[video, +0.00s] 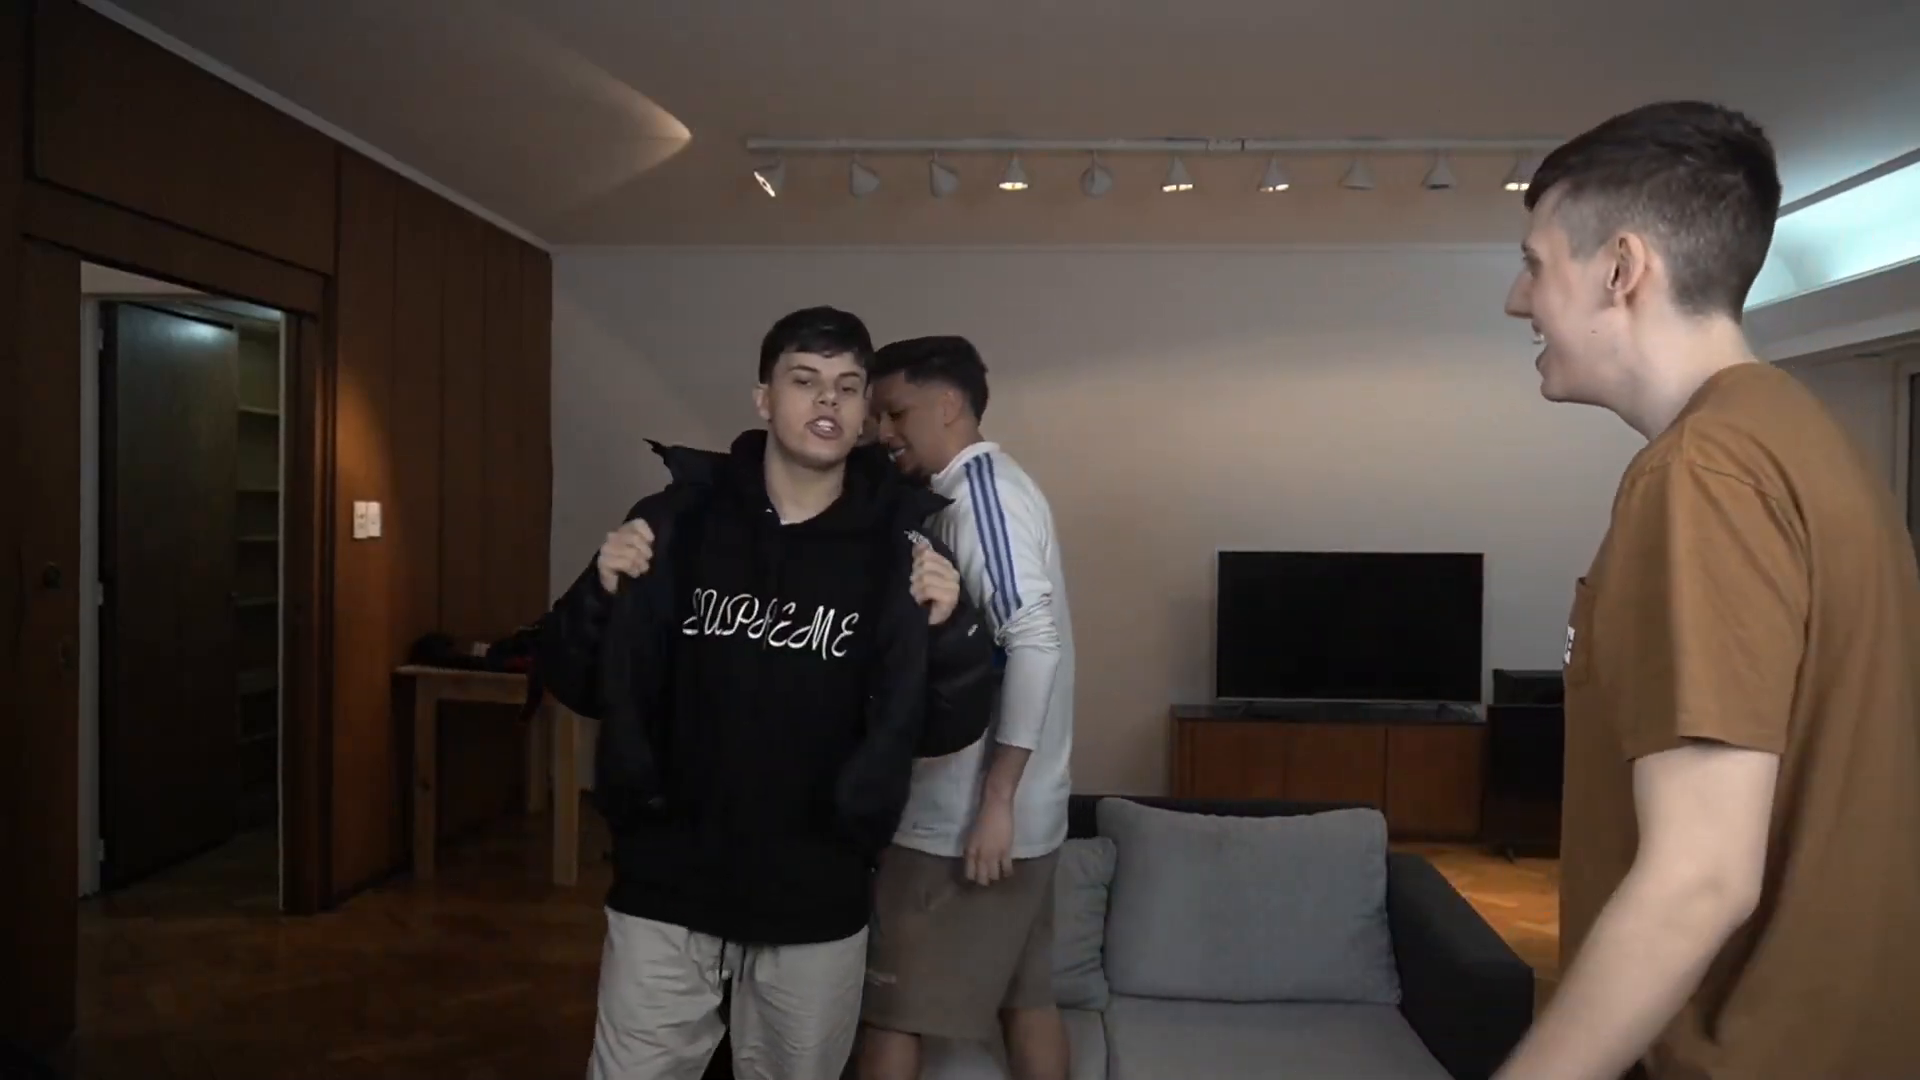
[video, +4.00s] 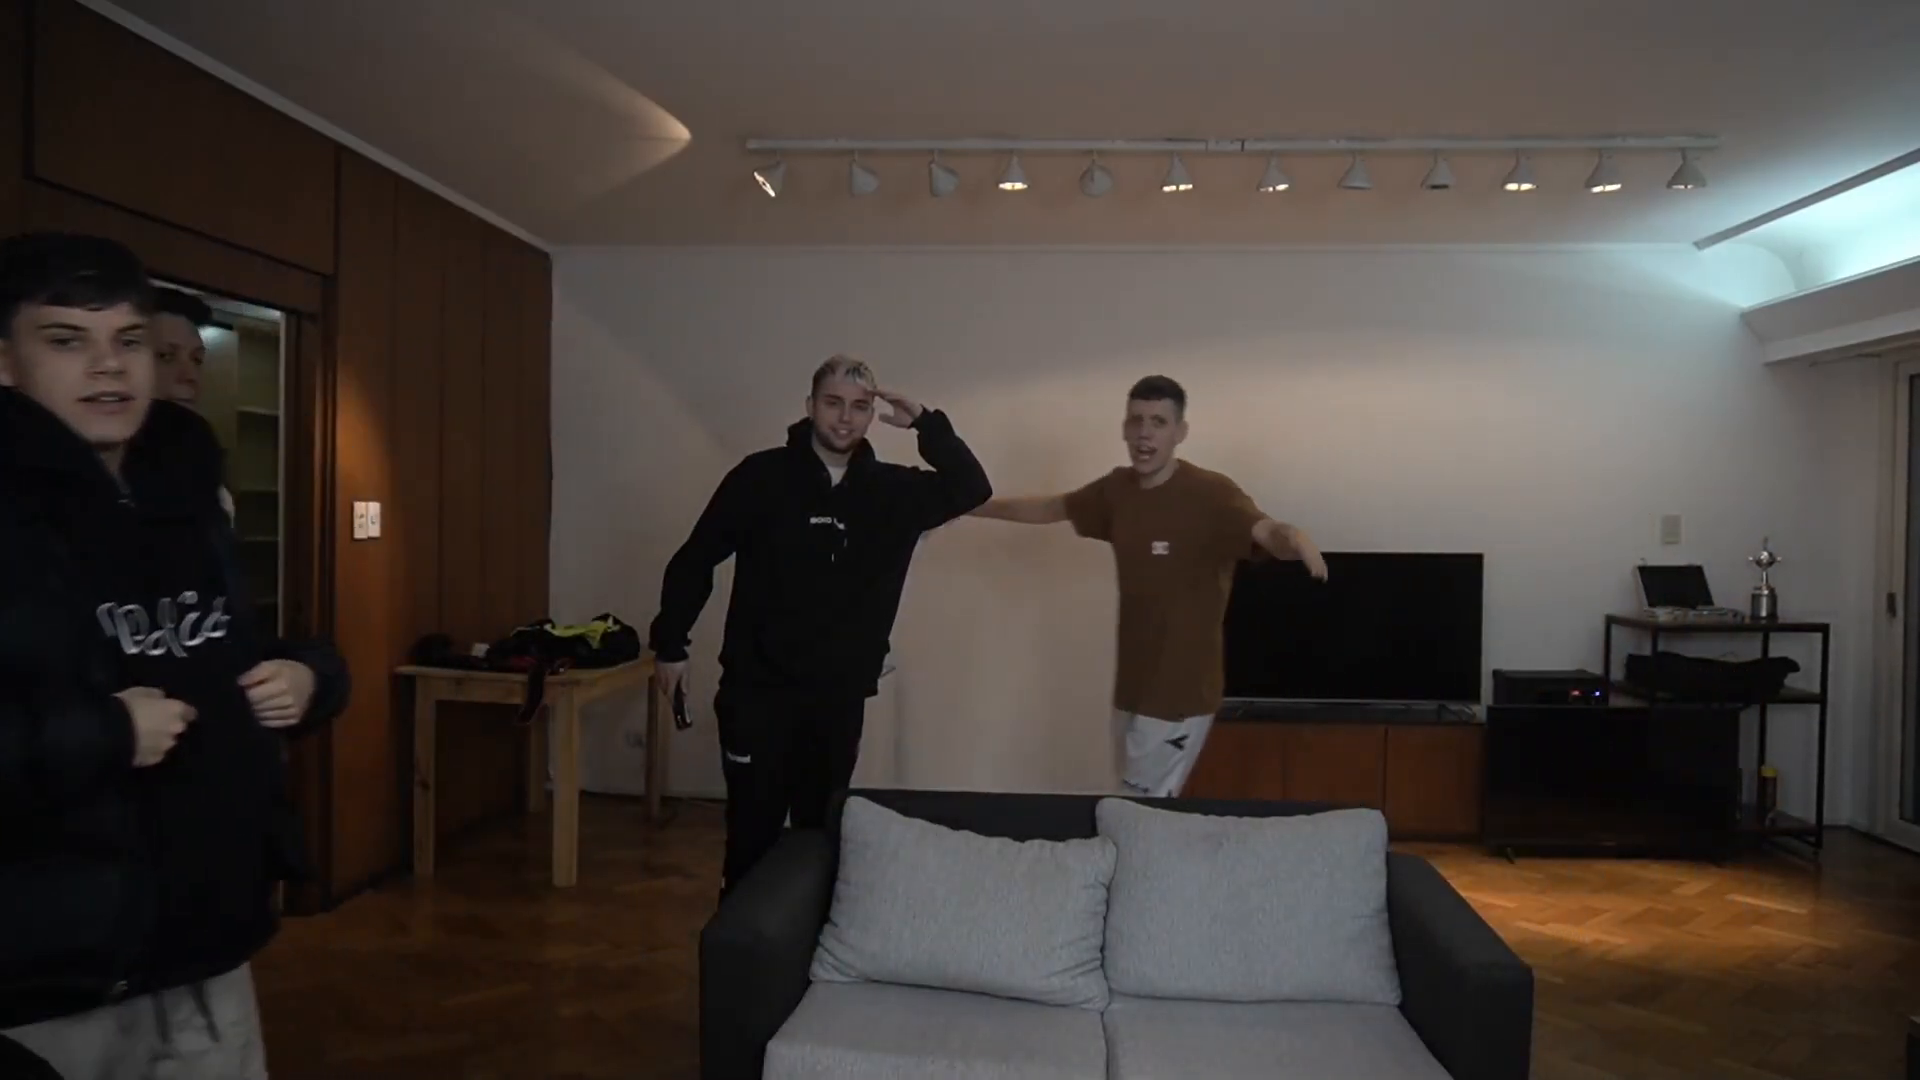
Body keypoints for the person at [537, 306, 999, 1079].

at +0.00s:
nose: (829, 401)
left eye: (848, 385)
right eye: (805, 380)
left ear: (867, 411)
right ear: (764, 400)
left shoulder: (901, 543)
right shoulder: (682, 517)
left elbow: (947, 729)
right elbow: (575, 683)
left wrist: (949, 627)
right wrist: (601, 588)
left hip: (814, 894)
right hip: (668, 881)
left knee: (797, 1072)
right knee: (632, 1071)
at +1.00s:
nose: (597, 381)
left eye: (614, 354)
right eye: (561, 359)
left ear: (640, 367)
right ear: (509, 384)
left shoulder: (746, 518)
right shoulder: (465, 561)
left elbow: (854, 669)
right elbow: (379, 742)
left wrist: (704, 660)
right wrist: (557, 725)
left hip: (730, 960)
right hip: (549, 976)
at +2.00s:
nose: (849, 384)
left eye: (875, 352)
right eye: (816, 357)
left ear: (909, 358)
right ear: (773, 373)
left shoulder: (1014, 553)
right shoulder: (704, 527)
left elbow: (1121, 719)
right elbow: (601, 661)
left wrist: (965, 780)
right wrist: (612, 714)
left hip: (891, 1018)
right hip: (705, 999)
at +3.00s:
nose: (543, 392)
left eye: (564, 363)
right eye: (503, 364)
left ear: (587, 371)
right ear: (446, 377)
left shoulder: (612, 545)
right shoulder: (337, 566)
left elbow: (664, 682)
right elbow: (248, 772)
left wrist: (714, 726)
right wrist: (484, 788)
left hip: (615, 1002)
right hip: (425, 1022)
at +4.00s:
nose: (108, 368)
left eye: (129, 340)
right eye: (67, 341)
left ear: (158, 354)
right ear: (9, 360)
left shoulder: (178, 481)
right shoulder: (9, 493)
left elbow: (233, 652)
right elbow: (15, 716)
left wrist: (313, 674)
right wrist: (101, 730)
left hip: (204, 927)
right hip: (49, 947)